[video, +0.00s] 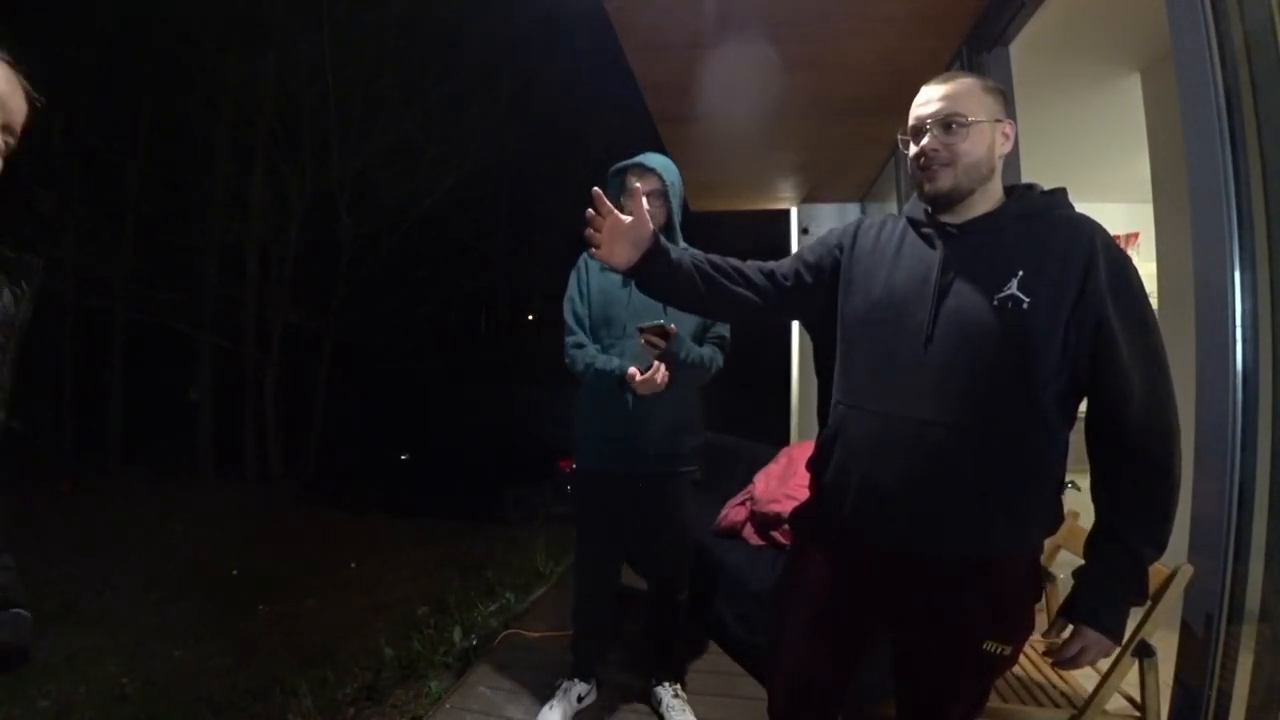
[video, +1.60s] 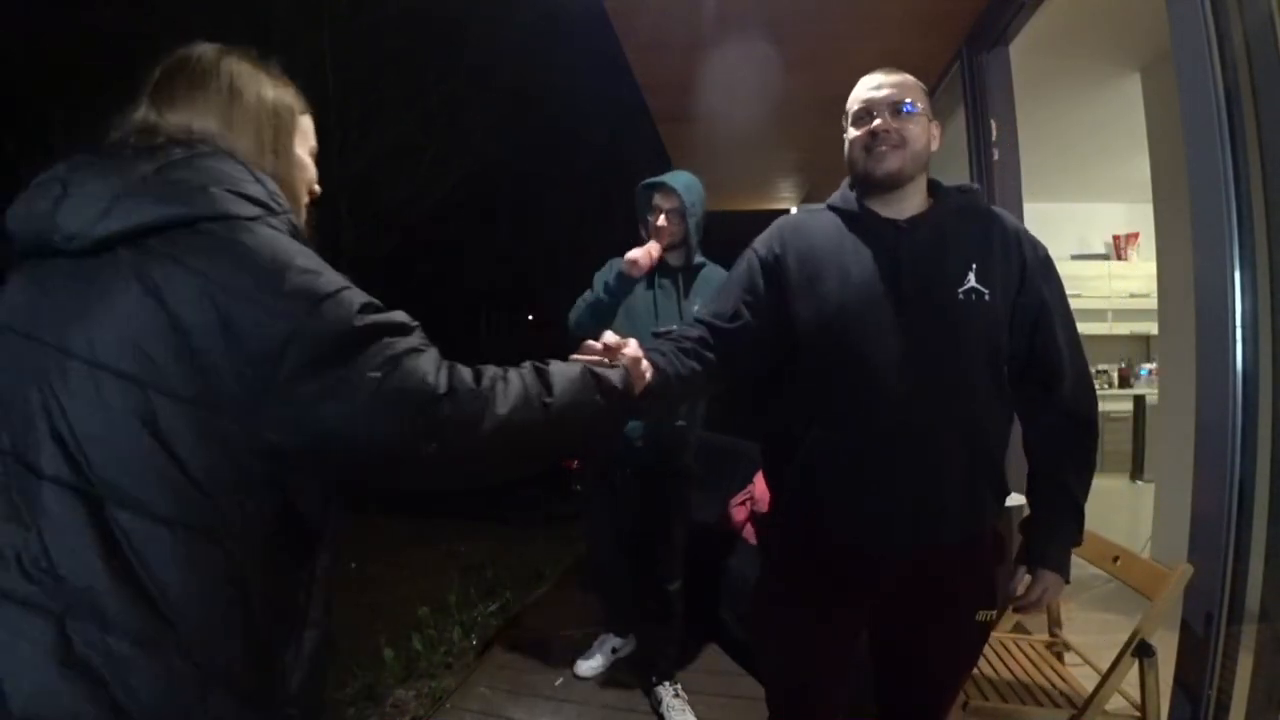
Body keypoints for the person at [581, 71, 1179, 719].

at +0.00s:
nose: (920, 143)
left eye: (946, 126)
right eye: (913, 133)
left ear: (1004, 136)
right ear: (905, 150)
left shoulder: (1075, 250)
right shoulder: (861, 242)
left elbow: (1140, 435)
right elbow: (761, 286)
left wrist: (1105, 596)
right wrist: (652, 256)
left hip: (976, 561)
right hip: (842, 542)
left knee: (938, 710)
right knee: (801, 703)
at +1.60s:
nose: (880, 122)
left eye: (901, 109)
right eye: (862, 115)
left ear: (935, 135)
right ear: (843, 145)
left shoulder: (1002, 246)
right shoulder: (789, 245)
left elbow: (1062, 405)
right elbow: (707, 340)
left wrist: (1053, 541)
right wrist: (647, 364)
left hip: (952, 549)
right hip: (816, 546)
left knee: (918, 706)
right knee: (811, 706)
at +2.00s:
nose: (925, 125)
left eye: (947, 115)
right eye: (908, 119)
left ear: (982, 143)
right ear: (887, 149)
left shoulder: (1037, 255)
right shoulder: (828, 238)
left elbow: (1092, 415)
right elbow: (758, 329)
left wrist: (1083, 553)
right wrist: (716, 329)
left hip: (966, 551)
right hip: (829, 539)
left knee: (927, 705)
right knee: (816, 703)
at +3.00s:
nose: (912, 132)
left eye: (930, 122)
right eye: (894, 126)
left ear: (957, 153)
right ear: (869, 158)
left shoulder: (1018, 255)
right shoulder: (821, 249)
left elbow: (1081, 419)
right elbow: (740, 344)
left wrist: (1063, 569)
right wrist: (673, 419)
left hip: (951, 542)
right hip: (821, 532)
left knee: (916, 703)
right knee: (813, 699)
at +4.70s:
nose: (909, 76)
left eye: (941, 63)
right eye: (891, 64)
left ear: (979, 102)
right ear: (865, 99)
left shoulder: (1040, 209)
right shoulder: (796, 218)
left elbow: (1104, 440)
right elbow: (730, 376)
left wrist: (990, 638)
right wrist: (735, 511)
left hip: (944, 596)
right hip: (787, 582)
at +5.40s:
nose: (851, 105)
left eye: (877, 87)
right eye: (822, 96)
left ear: (920, 125)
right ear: (793, 147)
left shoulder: (1019, 259)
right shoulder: (735, 278)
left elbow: (1085, 469)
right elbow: (697, 462)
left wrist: (965, 643)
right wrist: (747, 606)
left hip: (945, 645)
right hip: (786, 639)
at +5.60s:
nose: (804, 166)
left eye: (841, 133)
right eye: (776, 144)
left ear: (911, 160)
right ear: (752, 178)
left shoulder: (1019, 309)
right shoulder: (708, 317)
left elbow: (1121, 534)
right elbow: (659, 498)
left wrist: (969, 668)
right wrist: (713, 627)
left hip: (935, 686)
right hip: (763, 681)